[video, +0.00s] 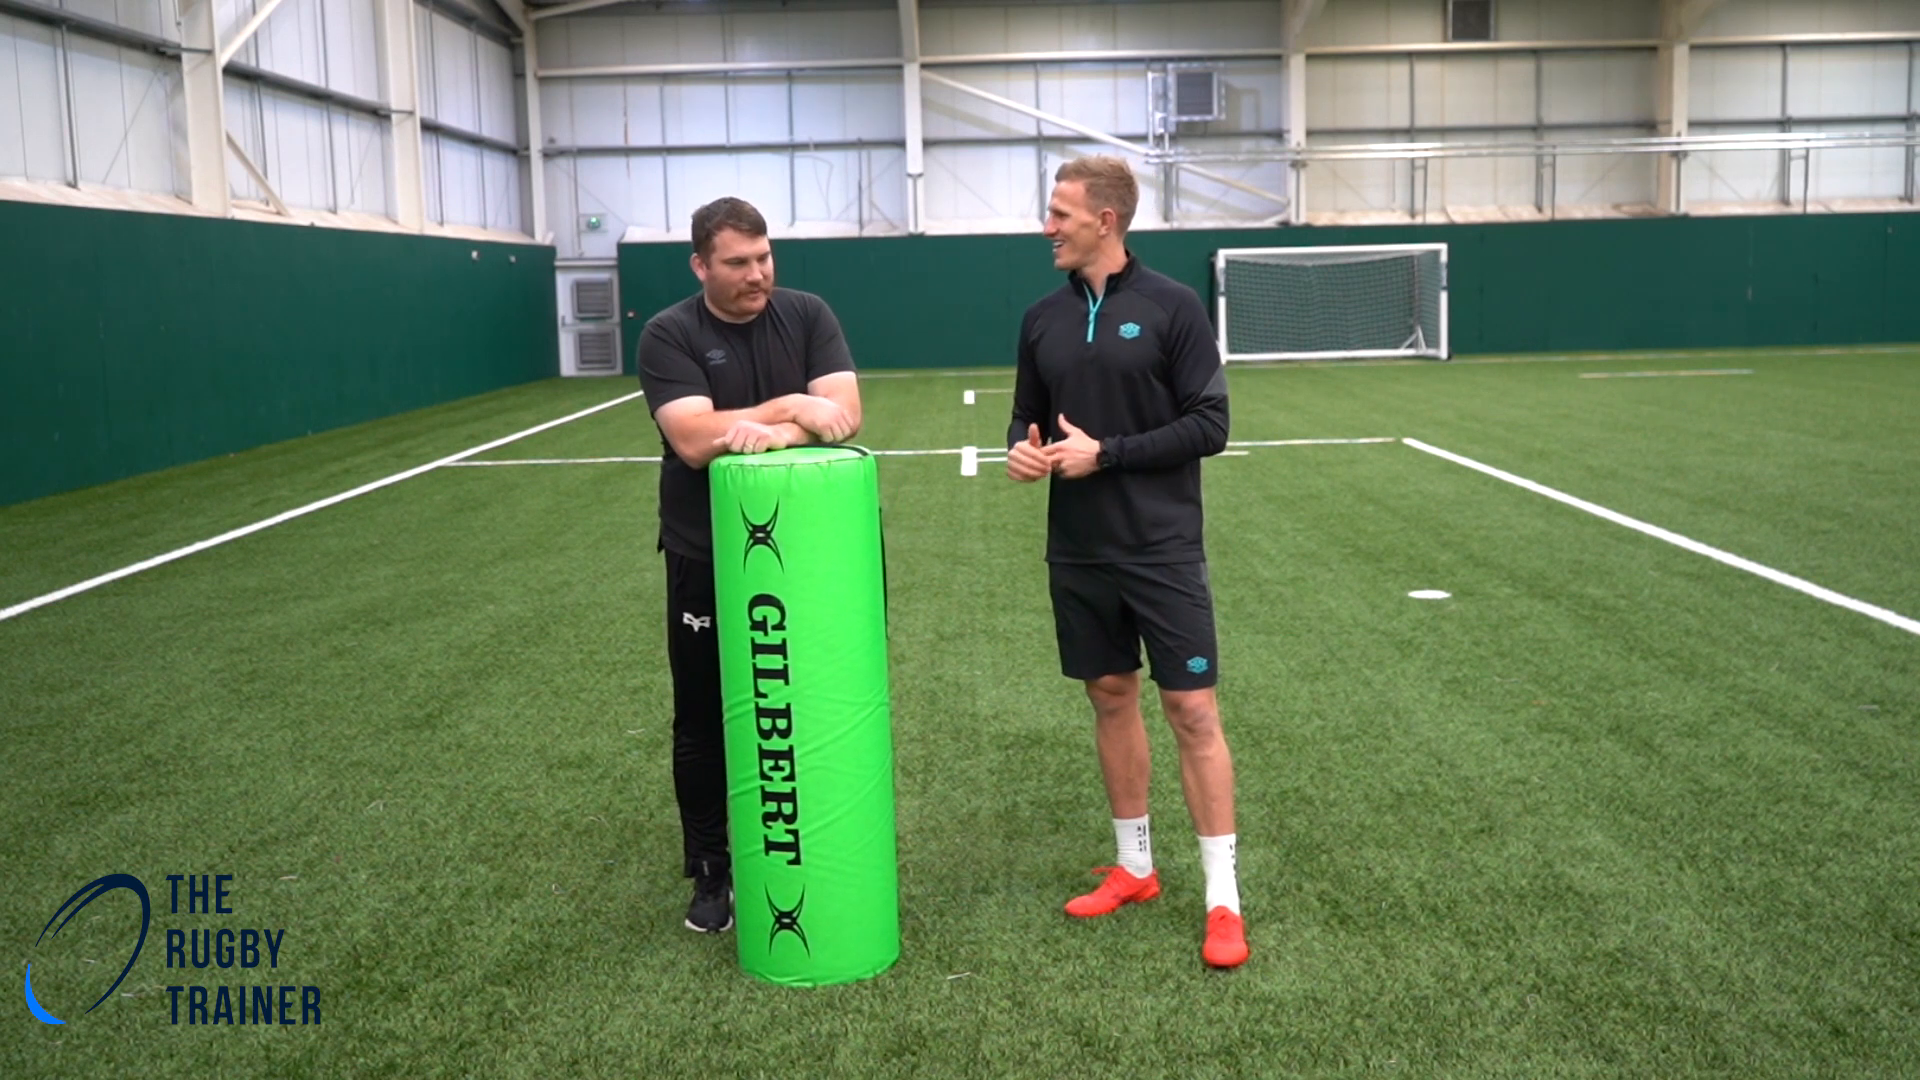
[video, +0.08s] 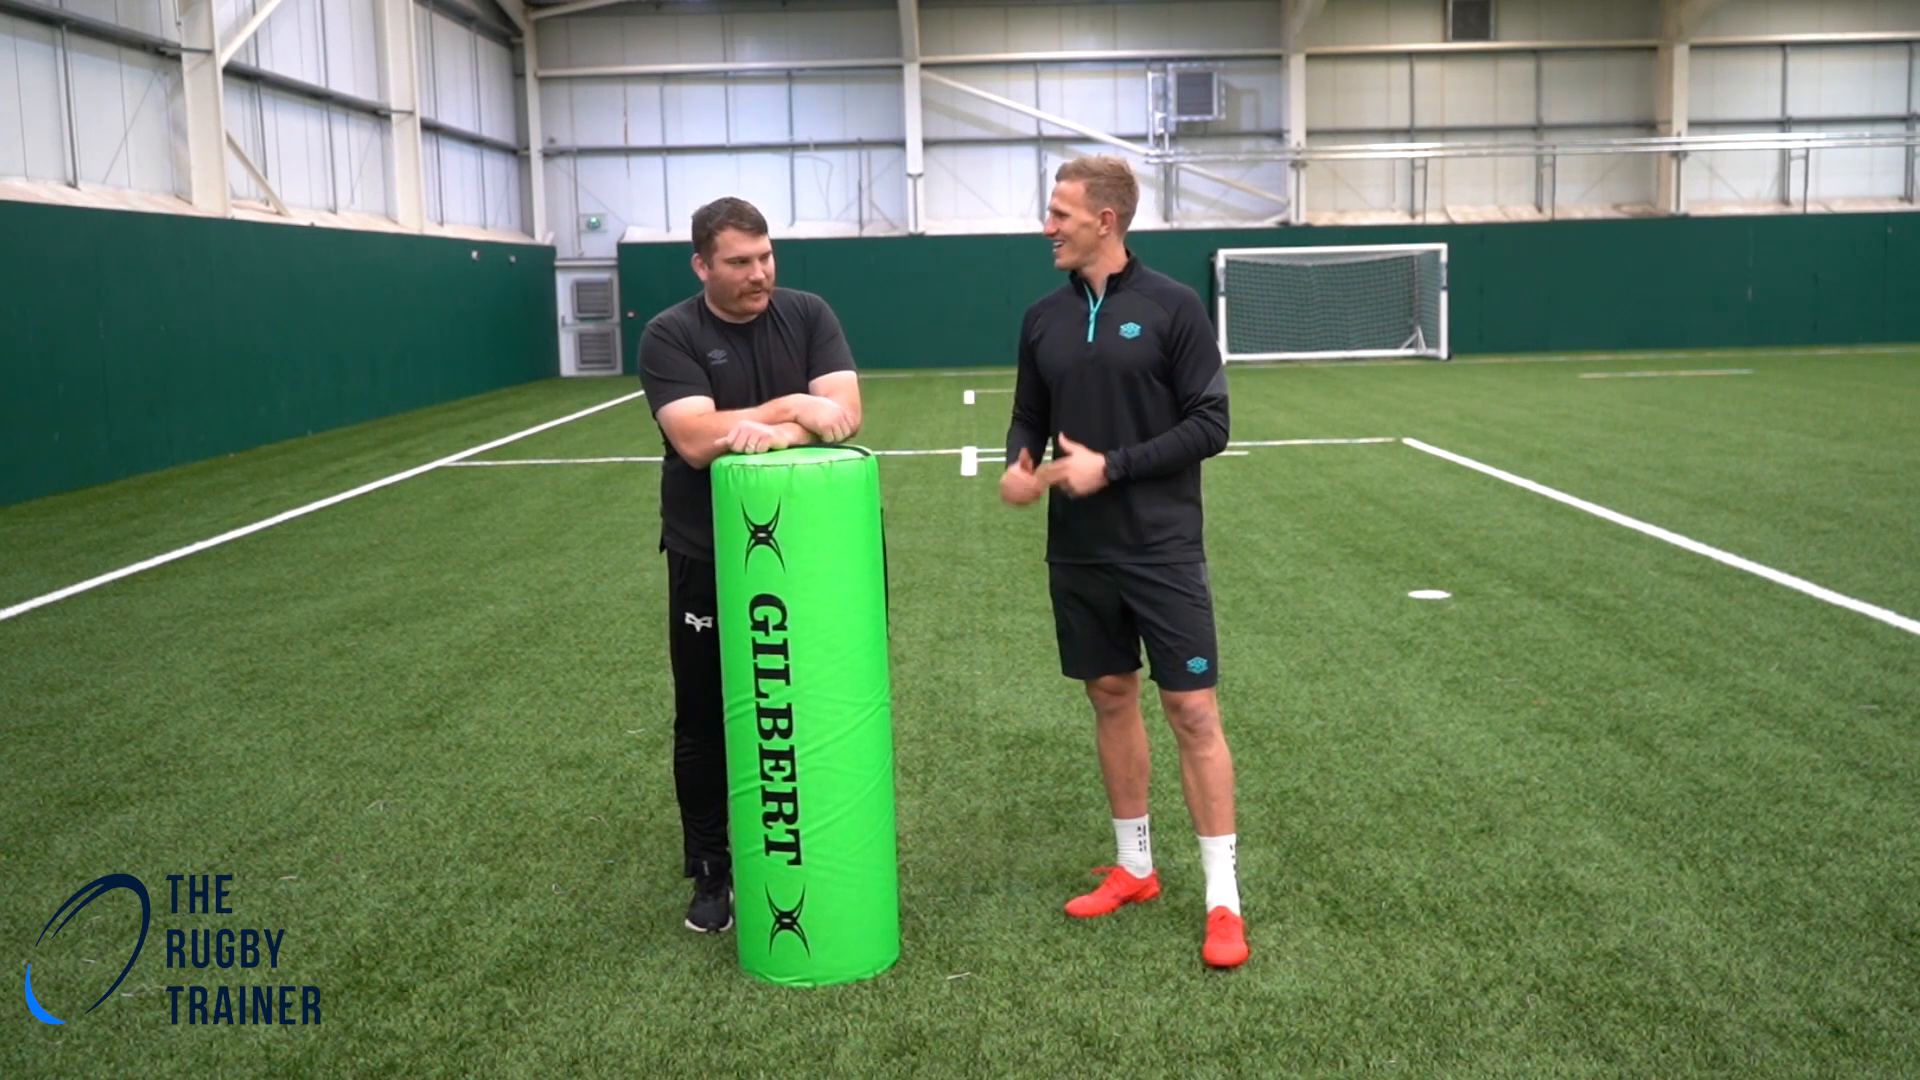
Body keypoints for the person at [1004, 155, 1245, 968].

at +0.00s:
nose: (1048, 227)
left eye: (1061, 216)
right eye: (1049, 214)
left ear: (1110, 223)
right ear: (1075, 221)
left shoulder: (1174, 307)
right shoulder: (1043, 318)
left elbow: (1210, 426)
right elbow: (1029, 426)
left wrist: (1103, 451)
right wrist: (1026, 452)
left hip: (1163, 549)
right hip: (1080, 550)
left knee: (1193, 710)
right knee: (1110, 698)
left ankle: (1223, 896)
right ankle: (1134, 868)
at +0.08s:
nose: (1047, 226)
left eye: (1059, 215)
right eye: (1048, 212)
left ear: (1109, 223)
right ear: (1077, 220)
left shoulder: (1174, 307)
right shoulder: (1044, 317)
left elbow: (1210, 426)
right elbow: (1030, 422)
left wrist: (1109, 466)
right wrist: (1020, 465)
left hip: (1162, 549)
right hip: (1080, 550)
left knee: (1194, 709)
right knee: (1109, 697)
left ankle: (1223, 897)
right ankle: (1134, 869)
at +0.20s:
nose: (1048, 226)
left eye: (1061, 215)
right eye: (1049, 213)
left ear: (1110, 224)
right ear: (1076, 221)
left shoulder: (1174, 307)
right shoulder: (1044, 319)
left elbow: (1208, 429)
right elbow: (1029, 428)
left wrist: (1139, 512)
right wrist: (1007, 511)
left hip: (1164, 547)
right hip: (1078, 550)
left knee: (1194, 709)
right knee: (1109, 697)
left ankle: (1223, 898)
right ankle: (1134, 869)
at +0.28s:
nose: (1047, 227)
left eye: (1061, 215)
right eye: (1049, 213)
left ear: (1109, 223)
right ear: (1079, 221)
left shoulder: (1175, 308)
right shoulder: (1044, 320)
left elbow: (1209, 431)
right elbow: (1029, 435)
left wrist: (1169, 534)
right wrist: (1003, 531)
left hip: (1165, 551)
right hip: (1080, 552)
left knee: (1194, 711)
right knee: (1110, 699)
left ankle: (1223, 898)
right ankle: (1133, 869)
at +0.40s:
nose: (1046, 227)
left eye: (1059, 216)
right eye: (1047, 213)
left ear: (1108, 225)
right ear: (1075, 221)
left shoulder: (1174, 308)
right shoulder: (1044, 320)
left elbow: (1215, 428)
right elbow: (1028, 433)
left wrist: (1209, 545)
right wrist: (1006, 532)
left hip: (1167, 552)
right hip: (1080, 553)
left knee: (1194, 712)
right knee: (1110, 699)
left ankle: (1224, 898)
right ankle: (1134, 869)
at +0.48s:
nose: (1046, 228)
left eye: (1058, 216)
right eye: (1047, 214)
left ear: (1107, 225)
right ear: (1075, 222)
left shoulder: (1174, 309)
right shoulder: (1043, 318)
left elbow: (1217, 431)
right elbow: (1029, 432)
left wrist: (1228, 547)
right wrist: (1009, 531)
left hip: (1167, 550)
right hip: (1079, 552)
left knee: (1193, 712)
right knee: (1109, 700)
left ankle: (1223, 898)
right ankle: (1134, 869)